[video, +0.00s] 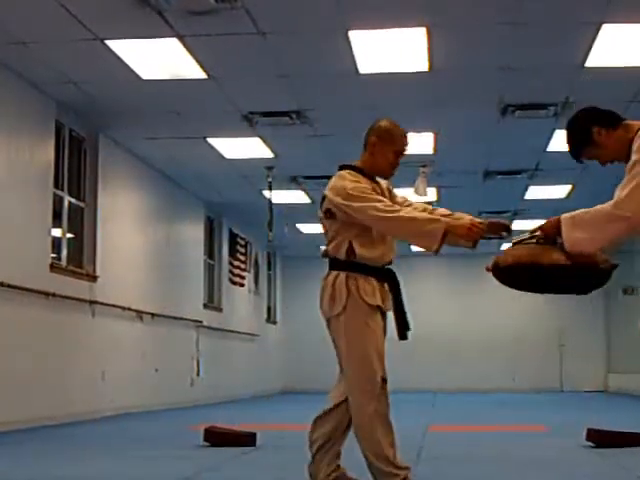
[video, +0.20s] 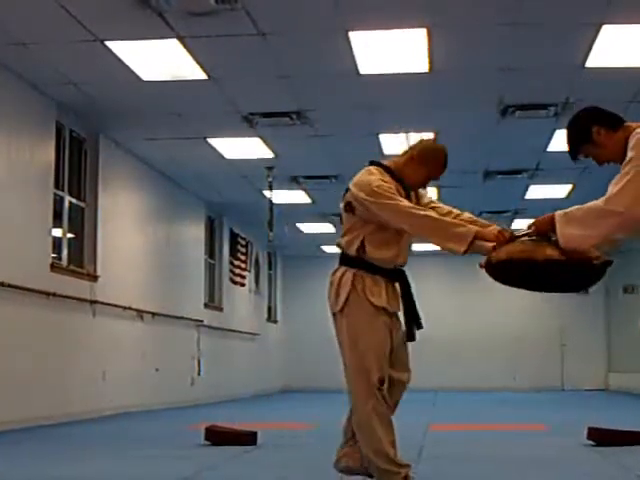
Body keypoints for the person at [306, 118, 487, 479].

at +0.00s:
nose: (399, 161)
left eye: (401, 154)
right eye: (396, 153)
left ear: (382, 149)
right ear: (373, 146)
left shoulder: (380, 190)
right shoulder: (345, 184)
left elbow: (420, 211)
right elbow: (390, 218)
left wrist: (476, 224)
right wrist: (453, 230)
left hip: (370, 291)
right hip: (350, 291)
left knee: (357, 382)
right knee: (369, 384)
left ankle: (323, 466)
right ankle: (390, 471)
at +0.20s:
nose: (423, 184)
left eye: (428, 180)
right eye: (425, 176)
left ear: (426, 172)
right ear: (412, 158)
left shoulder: (405, 192)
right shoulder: (369, 182)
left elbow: (444, 214)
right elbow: (412, 219)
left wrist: (496, 230)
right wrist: (477, 240)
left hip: (387, 288)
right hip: (359, 286)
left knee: (396, 375)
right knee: (369, 378)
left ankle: (354, 453)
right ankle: (389, 470)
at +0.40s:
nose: (435, 185)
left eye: (441, 181)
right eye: (437, 177)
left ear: (430, 161)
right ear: (424, 158)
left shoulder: (417, 188)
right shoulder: (383, 181)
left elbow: (454, 218)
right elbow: (423, 227)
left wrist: (501, 240)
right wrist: (486, 249)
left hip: (398, 289)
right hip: (372, 288)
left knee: (407, 379)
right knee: (378, 382)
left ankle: (409, 461)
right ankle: (388, 469)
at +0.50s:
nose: (447, 176)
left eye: (451, 170)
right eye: (448, 168)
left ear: (437, 155)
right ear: (433, 152)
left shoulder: (424, 186)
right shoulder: (388, 179)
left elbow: (455, 219)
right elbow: (421, 230)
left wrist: (501, 244)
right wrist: (484, 253)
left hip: (405, 289)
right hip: (379, 288)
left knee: (413, 381)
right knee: (383, 383)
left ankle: (417, 464)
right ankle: (388, 469)